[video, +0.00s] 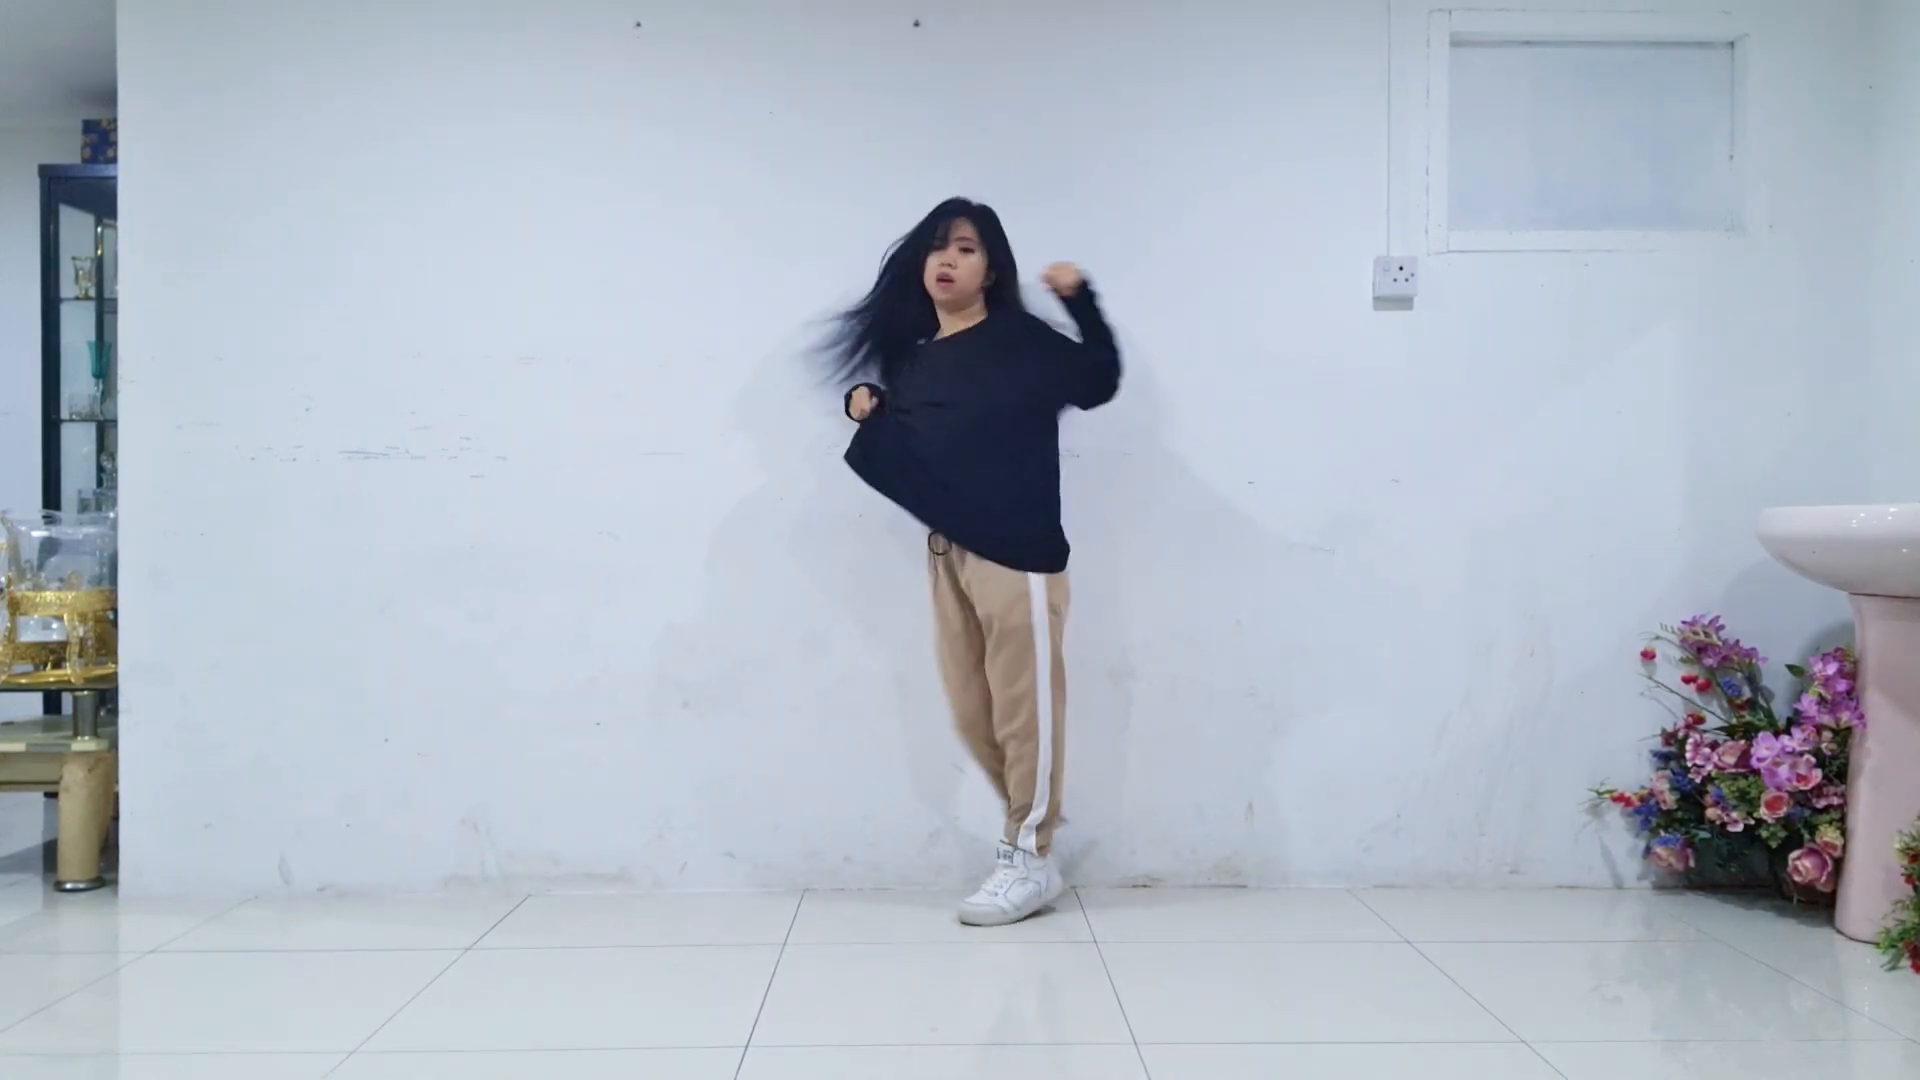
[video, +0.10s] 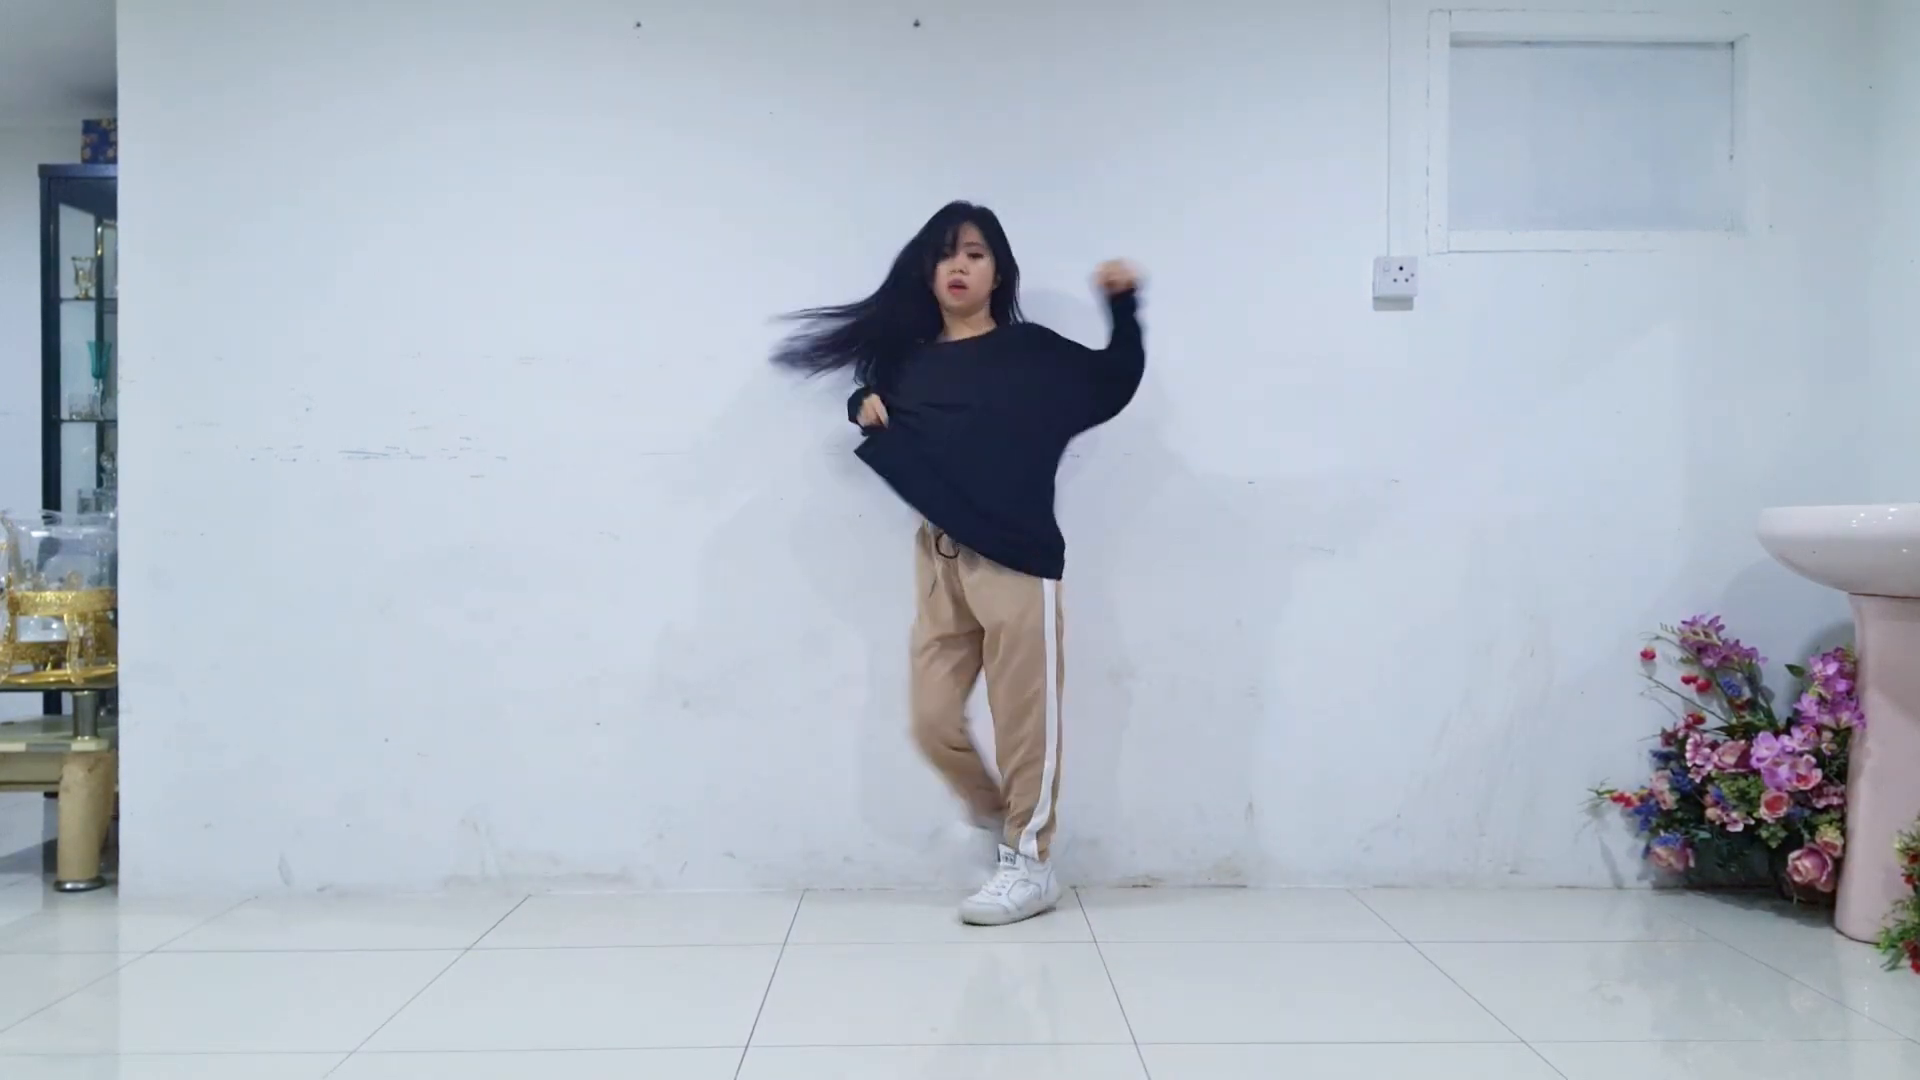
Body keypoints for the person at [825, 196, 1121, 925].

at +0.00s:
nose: (946, 258)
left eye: (965, 247)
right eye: (936, 246)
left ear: (991, 265)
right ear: (919, 263)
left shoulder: (1024, 341)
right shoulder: (915, 360)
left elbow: (1099, 381)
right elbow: (909, 445)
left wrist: (1080, 303)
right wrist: (869, 413)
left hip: (1021, 554)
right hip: (948, 552)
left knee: (1023, 710)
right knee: (972, 715)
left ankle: (1031, 861)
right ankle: (1036, 831)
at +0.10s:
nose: (958, 266)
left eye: (975, 254)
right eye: (945, 254)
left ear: (999, 271)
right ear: (927, 271)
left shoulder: (1034, 353)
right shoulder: (909, 363)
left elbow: (1115, 381)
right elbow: (901, 461)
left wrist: (1122, 308)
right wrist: (872, 421)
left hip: (1019, 560)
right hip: (940, 557)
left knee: (1020, 715)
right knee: (932, 721)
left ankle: (1030, 864)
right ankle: (1003, 820)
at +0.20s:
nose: (962, 279)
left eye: (978, 265)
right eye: (949, 266)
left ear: (1001, 279)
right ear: (931, 281)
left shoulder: (1047, 359)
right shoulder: (909, 369)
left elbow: (1135, 332)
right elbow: (861, 398)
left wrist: (1216, 295)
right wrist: (862, 415)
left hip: (1017, 565)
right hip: (935, 561)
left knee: (1016, 724)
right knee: (902, 725)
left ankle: (1026, 866)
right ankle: (924, 848)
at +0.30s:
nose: (959, 286)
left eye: (974, 271)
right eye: (945, 274)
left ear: (997, 283)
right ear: (926, 287)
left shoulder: (1032, 375)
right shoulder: (907, 372)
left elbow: (1114, 398)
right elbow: (865, 403)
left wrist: (1171, 359)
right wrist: (865, 423)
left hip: (1010, 578)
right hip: (926, 571)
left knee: (1008, 727)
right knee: (890, 728)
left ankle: (1026, 866)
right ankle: (893, 862)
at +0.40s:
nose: (949, 296)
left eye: (962, 280)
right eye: (935, 283)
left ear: (988, 289)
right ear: (916, 295)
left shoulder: (1017, 385)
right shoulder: (893, 373)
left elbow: (1051, 476)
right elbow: (858, 437)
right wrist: (864, 456)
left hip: (999, 587)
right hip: (914, 582)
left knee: (998, 730)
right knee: (888, 728)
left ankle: (1023, 867)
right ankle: (891, 863)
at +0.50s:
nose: (934, 303)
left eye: (948, 286)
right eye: (920, 290)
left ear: (974, 289)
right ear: (904, 298)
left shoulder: (1005, 372)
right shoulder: (886, 370)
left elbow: (1028, 473)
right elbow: (858, 458)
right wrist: (864, 506)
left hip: (1003, 591)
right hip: (911, 593)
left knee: (1030, 716)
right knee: (886, 732)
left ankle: (1022, 847)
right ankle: (891, 862)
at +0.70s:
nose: (943, 299)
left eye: (959, 285)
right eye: (930, 284)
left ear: (977, 295)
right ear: (906, 290)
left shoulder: (985, 366)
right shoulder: (889, 373)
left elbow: (1004, 470)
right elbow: (895, 471)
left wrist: (1000, 564)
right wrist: (882, 540)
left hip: (986, 575)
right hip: (905, 578)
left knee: (1052, 696)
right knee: (886, 725)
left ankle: (1103, 844)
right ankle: (890, 857)